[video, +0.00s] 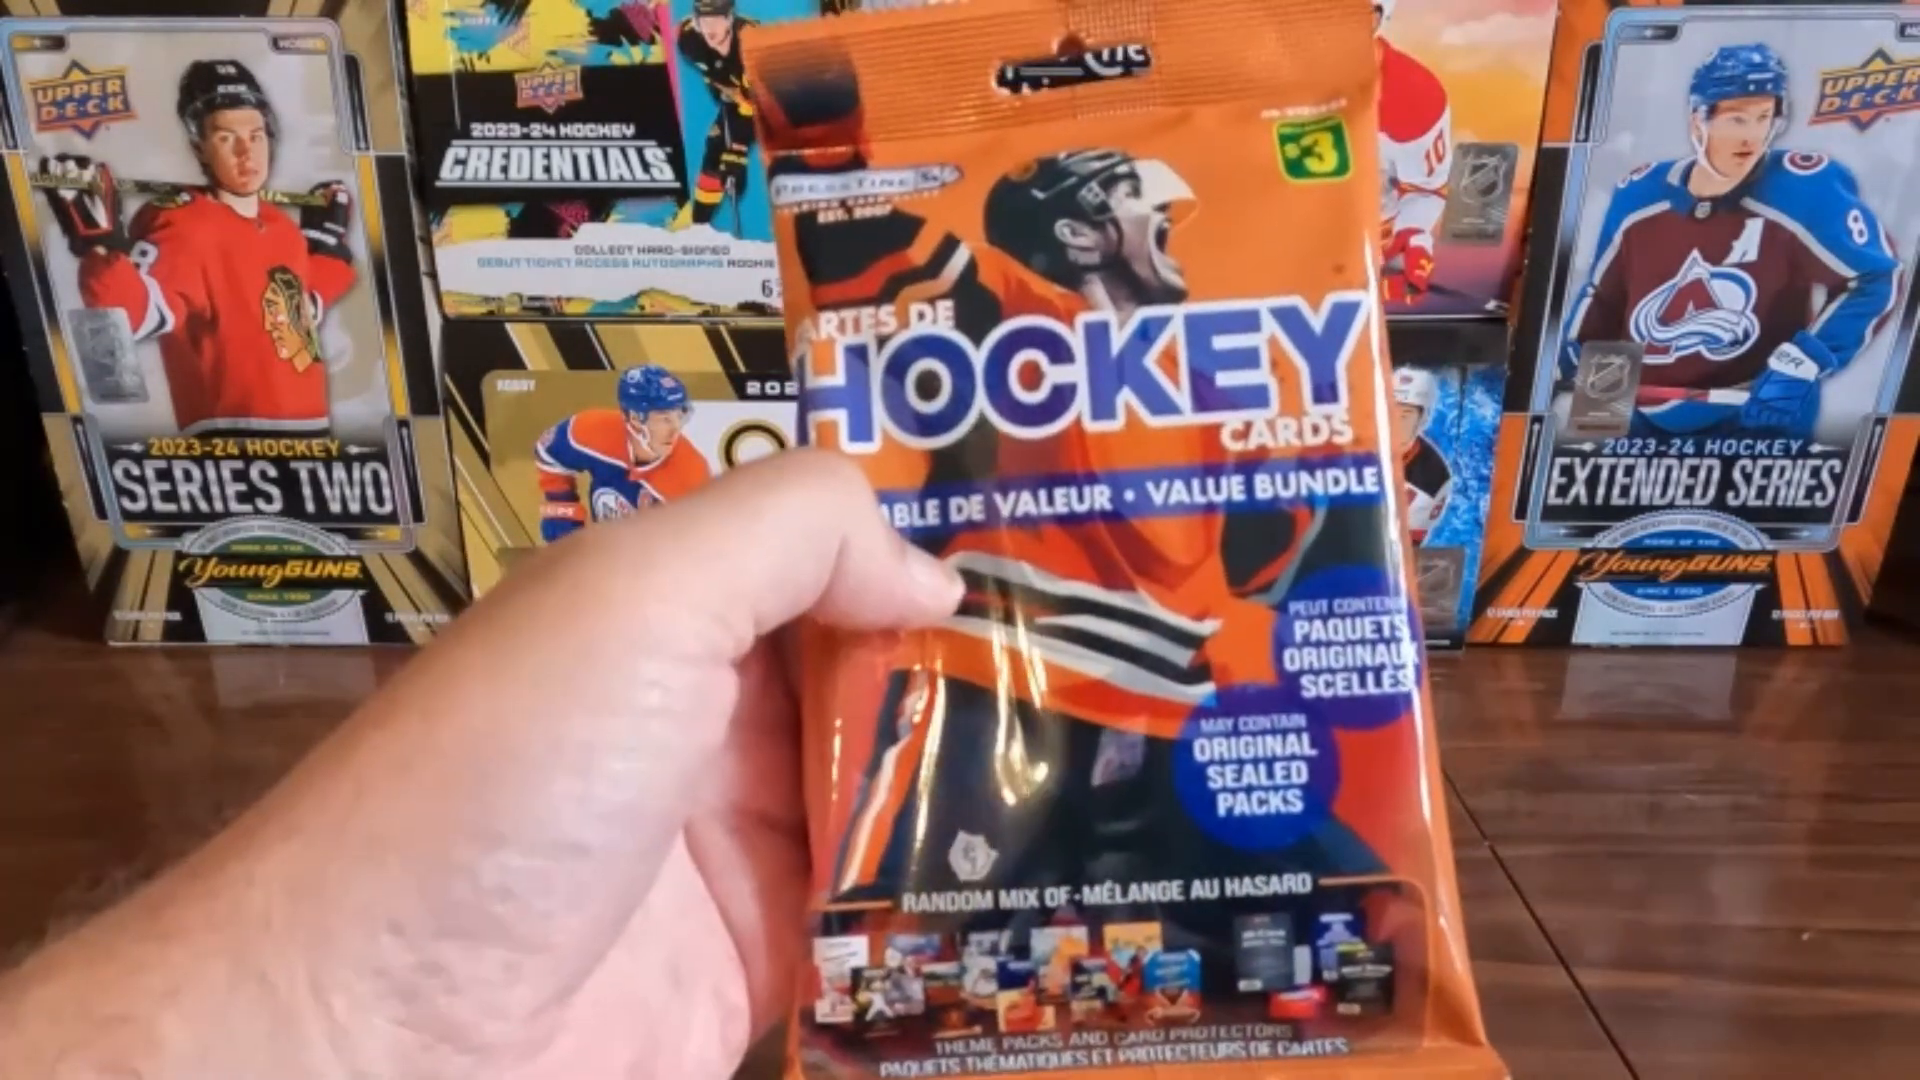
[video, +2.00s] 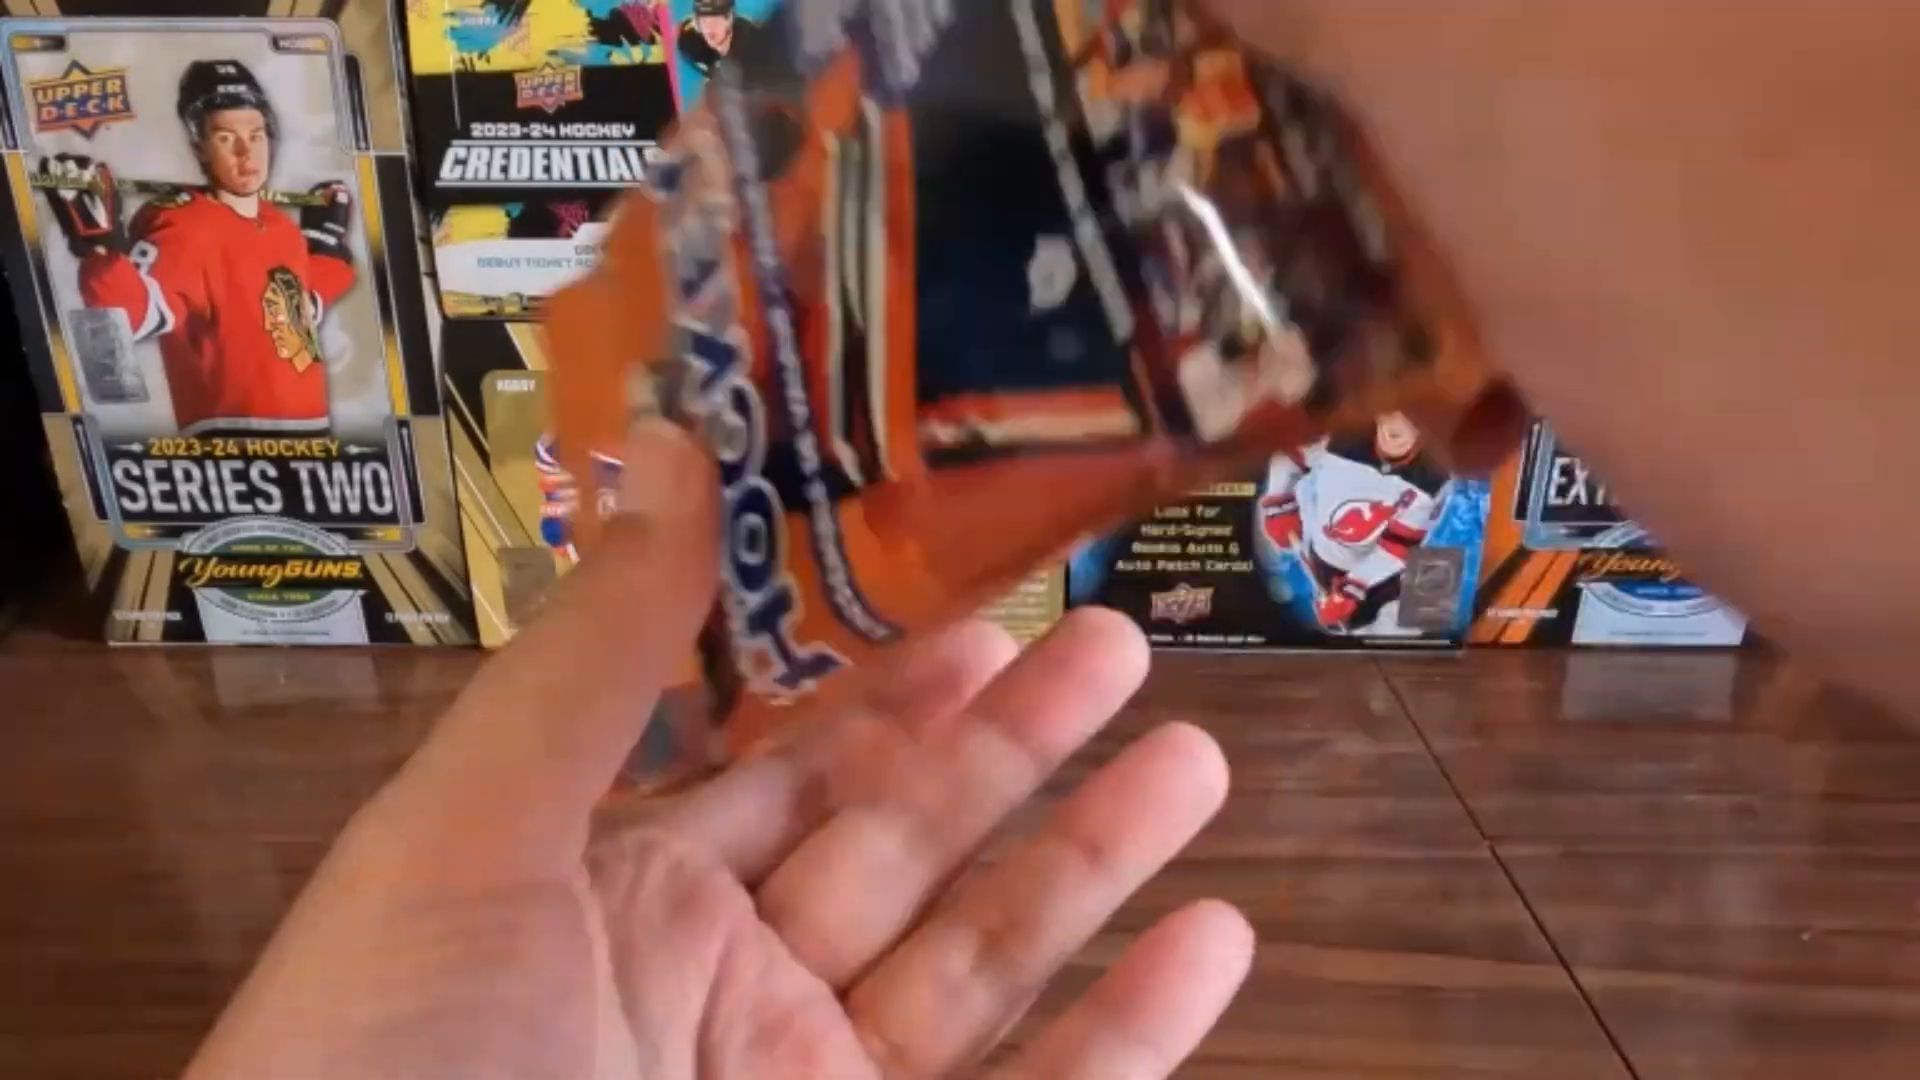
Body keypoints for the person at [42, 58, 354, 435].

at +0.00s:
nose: (247, 152)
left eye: (256, 135)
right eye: (228, 139)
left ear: (270, 140)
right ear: (201, 150)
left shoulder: (283, 227)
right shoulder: (183, 226)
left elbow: (303, 305)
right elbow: (142, 315)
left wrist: (334, 250)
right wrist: (100, 250)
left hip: (307, 432)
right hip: (230, 438)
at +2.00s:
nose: (247, 153)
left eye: (257, 135)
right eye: (227, 139)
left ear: (270, 139)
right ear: (200, 149)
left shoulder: (283, 229)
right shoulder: (183, 227)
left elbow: (302, 306)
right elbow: (137, 317)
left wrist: (332, 249)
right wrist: (100, 249)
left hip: (307, 435)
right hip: (230, 441)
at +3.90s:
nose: (246, 153)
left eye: (256, 136)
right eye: (226, 138)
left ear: (271, 141)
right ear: (200, 148)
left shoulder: (284, 226)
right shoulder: (183, 227)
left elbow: (316, 318)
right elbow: (139, 319)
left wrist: (330, 244)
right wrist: (101, 248)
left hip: (300, 417)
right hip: (217, 421)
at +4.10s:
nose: (246, 154)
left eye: (255, 135)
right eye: (227, 139)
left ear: (269, 138)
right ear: (200, 148)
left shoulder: (296, 215)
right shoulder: (177, 224)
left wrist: (333, 216)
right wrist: (100, 244)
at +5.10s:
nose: (247, 153)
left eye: (256, 136)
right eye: (228, 139)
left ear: (270, 141)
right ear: (201, 150)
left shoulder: (284, 229)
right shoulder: (179, 228)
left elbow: (312, 318)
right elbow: (153, 334)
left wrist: (331, 252)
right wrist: (102, 254)